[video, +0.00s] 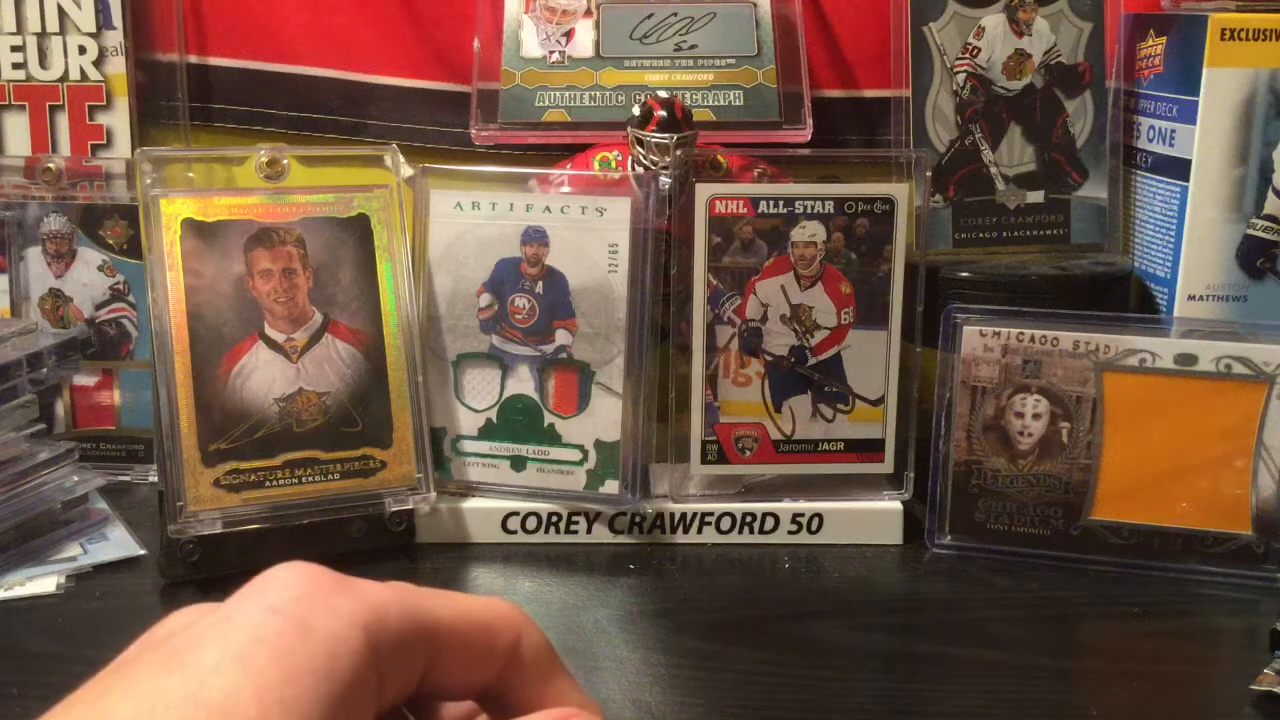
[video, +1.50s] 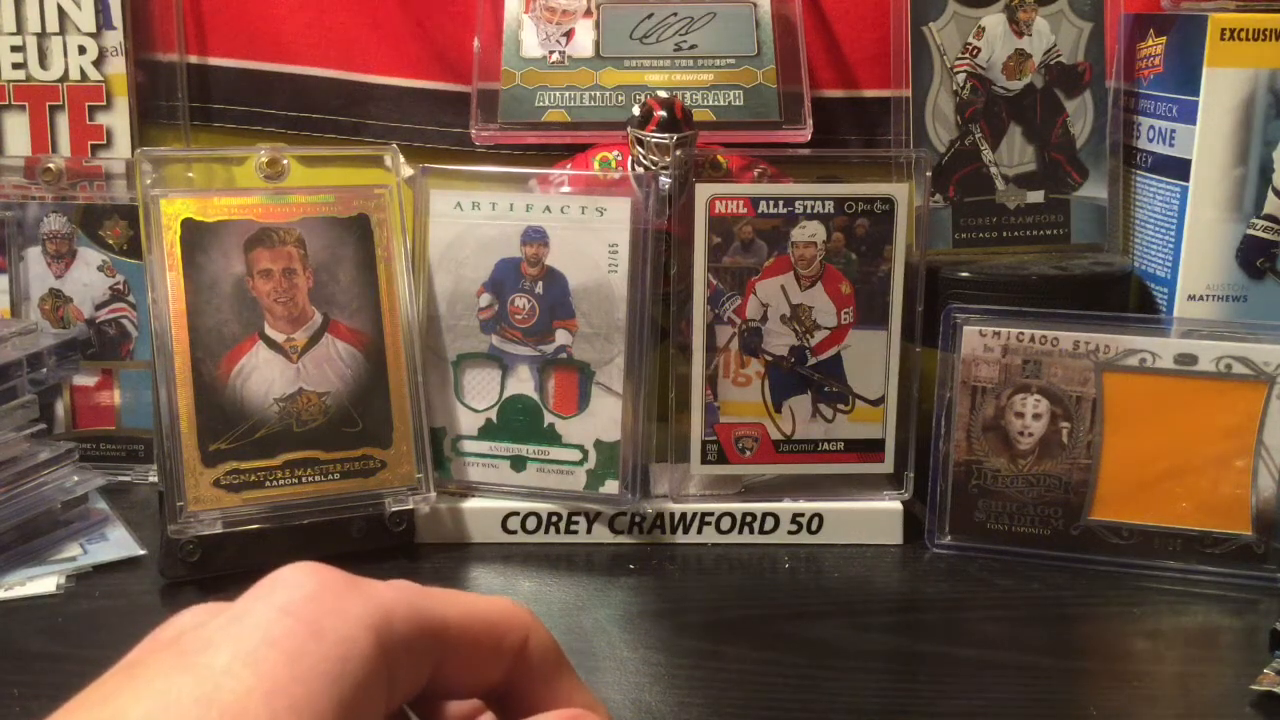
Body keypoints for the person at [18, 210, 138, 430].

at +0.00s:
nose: (57, 246)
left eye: (63, 240)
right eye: (51, 240)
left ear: (72, 240)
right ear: (43, 241)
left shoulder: (96, 264)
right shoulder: (27, 261)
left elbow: (121, 309)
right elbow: (13, 309)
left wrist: (103, 336)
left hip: (88, 368)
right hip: (40, 365)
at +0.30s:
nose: (57, 247)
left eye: (63, 240)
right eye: (51, 241)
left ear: (72, 240)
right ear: (43, 242)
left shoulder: (96, 264)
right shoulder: (28, 261)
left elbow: (121, 309)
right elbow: (14, 309)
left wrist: (104, 337)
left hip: (88, 368)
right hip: (41, 365)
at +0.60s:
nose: (57, 247)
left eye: (63, 240)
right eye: (51, 241)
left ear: (72, 240)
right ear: (43, 242)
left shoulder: (96, 264)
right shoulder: (28, 261)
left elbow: (121, 307)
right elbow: (14, 308)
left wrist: (106, 336)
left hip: (88, 366)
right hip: (40, 363)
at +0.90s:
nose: (57, 247)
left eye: (63, 241)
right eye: (51, 241)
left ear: (72, 240)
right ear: (43, 243)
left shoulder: (96, 264)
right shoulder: (28, 261)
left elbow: (120, 306)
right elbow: (14, 309)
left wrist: (106, 335)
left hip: (88, 369)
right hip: (40, 366)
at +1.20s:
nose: (57, 247)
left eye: (62, 240)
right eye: (51, 241)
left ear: (72, 240)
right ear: (43, 243)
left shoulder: (96, 264)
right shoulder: (28, 260)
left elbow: (120, 302)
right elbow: (16, 308)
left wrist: (109, 333)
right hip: (41, 362)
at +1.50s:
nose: (57, 247)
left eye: (62, 240)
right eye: (51, 241)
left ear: (72, 240)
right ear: (43, 243)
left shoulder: (96, 264)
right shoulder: (28, 260)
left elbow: (120, 302)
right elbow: (15, 307)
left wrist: (108, 333)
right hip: (40, 361)